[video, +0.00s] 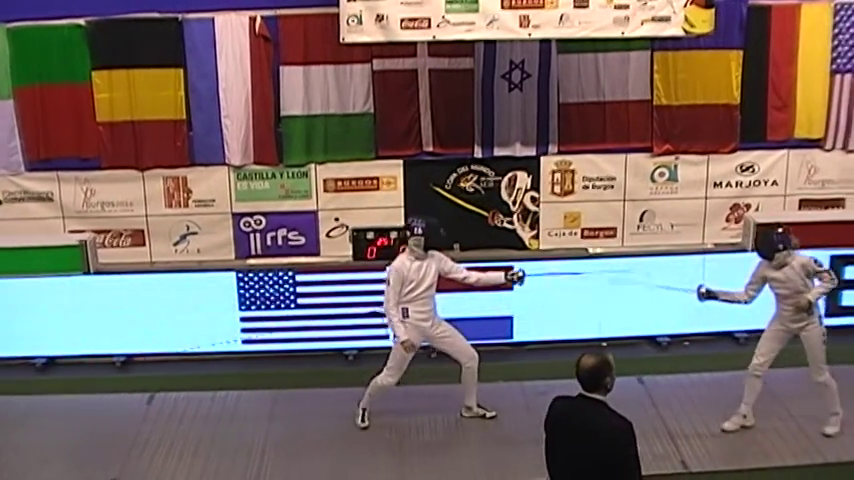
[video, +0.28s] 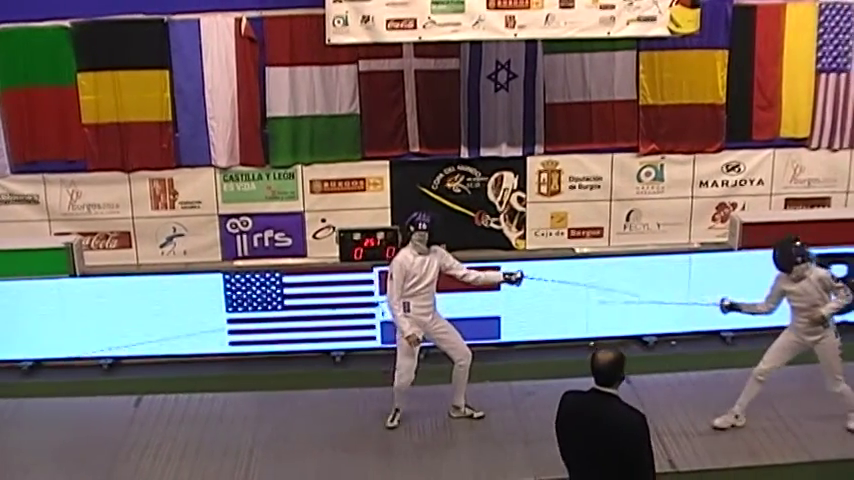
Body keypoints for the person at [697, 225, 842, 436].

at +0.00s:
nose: (769, 262)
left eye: (771, 257)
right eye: (766, 258)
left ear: (782, 251)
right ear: (765, 255)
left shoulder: (803, 263)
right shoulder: (764, 268)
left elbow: (830, 280)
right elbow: (746, 296)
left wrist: (810, 298)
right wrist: (713, 295)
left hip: (809, 323)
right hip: (781, 322)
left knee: (820, 375)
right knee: (757, 367)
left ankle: (835, 416)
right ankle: (744, 415)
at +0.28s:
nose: (792, 274)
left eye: (795, 269)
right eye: (790, 270)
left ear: (802, 262)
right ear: (786, 268)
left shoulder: (820, 275)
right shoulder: (783, 281)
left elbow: (845, 295)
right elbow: (767, 307)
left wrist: (825, 311)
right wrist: (736, 307)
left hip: (824, 335)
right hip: (795, 334)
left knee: (836, 385)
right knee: (761, 371)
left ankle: (852, 413)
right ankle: (737, 413)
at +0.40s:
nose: (800, 262)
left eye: (802, 258)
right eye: (798, 259)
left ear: (807, 252)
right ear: (791, 258)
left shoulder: (827, 266)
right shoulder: (789, 272)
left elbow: (852, 281)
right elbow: (777, 300)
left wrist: (840, 299)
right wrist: (745, 303)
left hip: (830, 326)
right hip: (802, 325)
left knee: (837, 375)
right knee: (772, 367)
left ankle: (848, 413)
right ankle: (748, 410)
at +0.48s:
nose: (797, 259)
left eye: (799, 253)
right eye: (796, 255)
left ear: (805, 248)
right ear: (792, 254)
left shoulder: (827, 261)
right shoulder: (789, 267)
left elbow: (850, 275)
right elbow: (776, 296)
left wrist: (843, 296)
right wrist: (744, 301)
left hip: (829, 323)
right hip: (801, 322)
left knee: (835, 371)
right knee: (776, 366)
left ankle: (843, 411)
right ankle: (774, 410)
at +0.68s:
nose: (794, 261)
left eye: (796, 256)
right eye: (792, 257)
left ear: (800, 252)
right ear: (786, 257)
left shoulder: (818, 265)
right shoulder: (781, 271)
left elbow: (845, 282)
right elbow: (768, 298)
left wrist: (827, 301)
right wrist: (736, 302)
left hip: (821, 326)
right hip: (793, 325)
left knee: (826, 374)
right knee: (769, 365)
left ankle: (832, 411)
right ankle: (785, 403)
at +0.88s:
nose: (770, 262)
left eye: (772, 257)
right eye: (767, 258)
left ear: (777, 252)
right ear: (760, 257)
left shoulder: (794, 264)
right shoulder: (757, 271)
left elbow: (822, 281)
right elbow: (741, 298)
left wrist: (806, 298)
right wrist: (709, 298)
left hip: (799, 324)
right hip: (772, 323)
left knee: (811, 367)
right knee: (740, 364)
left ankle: (821, 410)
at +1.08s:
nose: (730, 268)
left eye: (731, 263)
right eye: (727, 264)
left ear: (736, 259)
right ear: (723, 264)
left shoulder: (755, 271)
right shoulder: (719, 278)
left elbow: (784, 285)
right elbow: (697, 301)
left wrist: (767, 305)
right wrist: (664, 302)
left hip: (763, 330)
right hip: (735, 329)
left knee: (785, 373)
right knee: (703, 370)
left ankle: (810, 406)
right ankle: (693, 418)